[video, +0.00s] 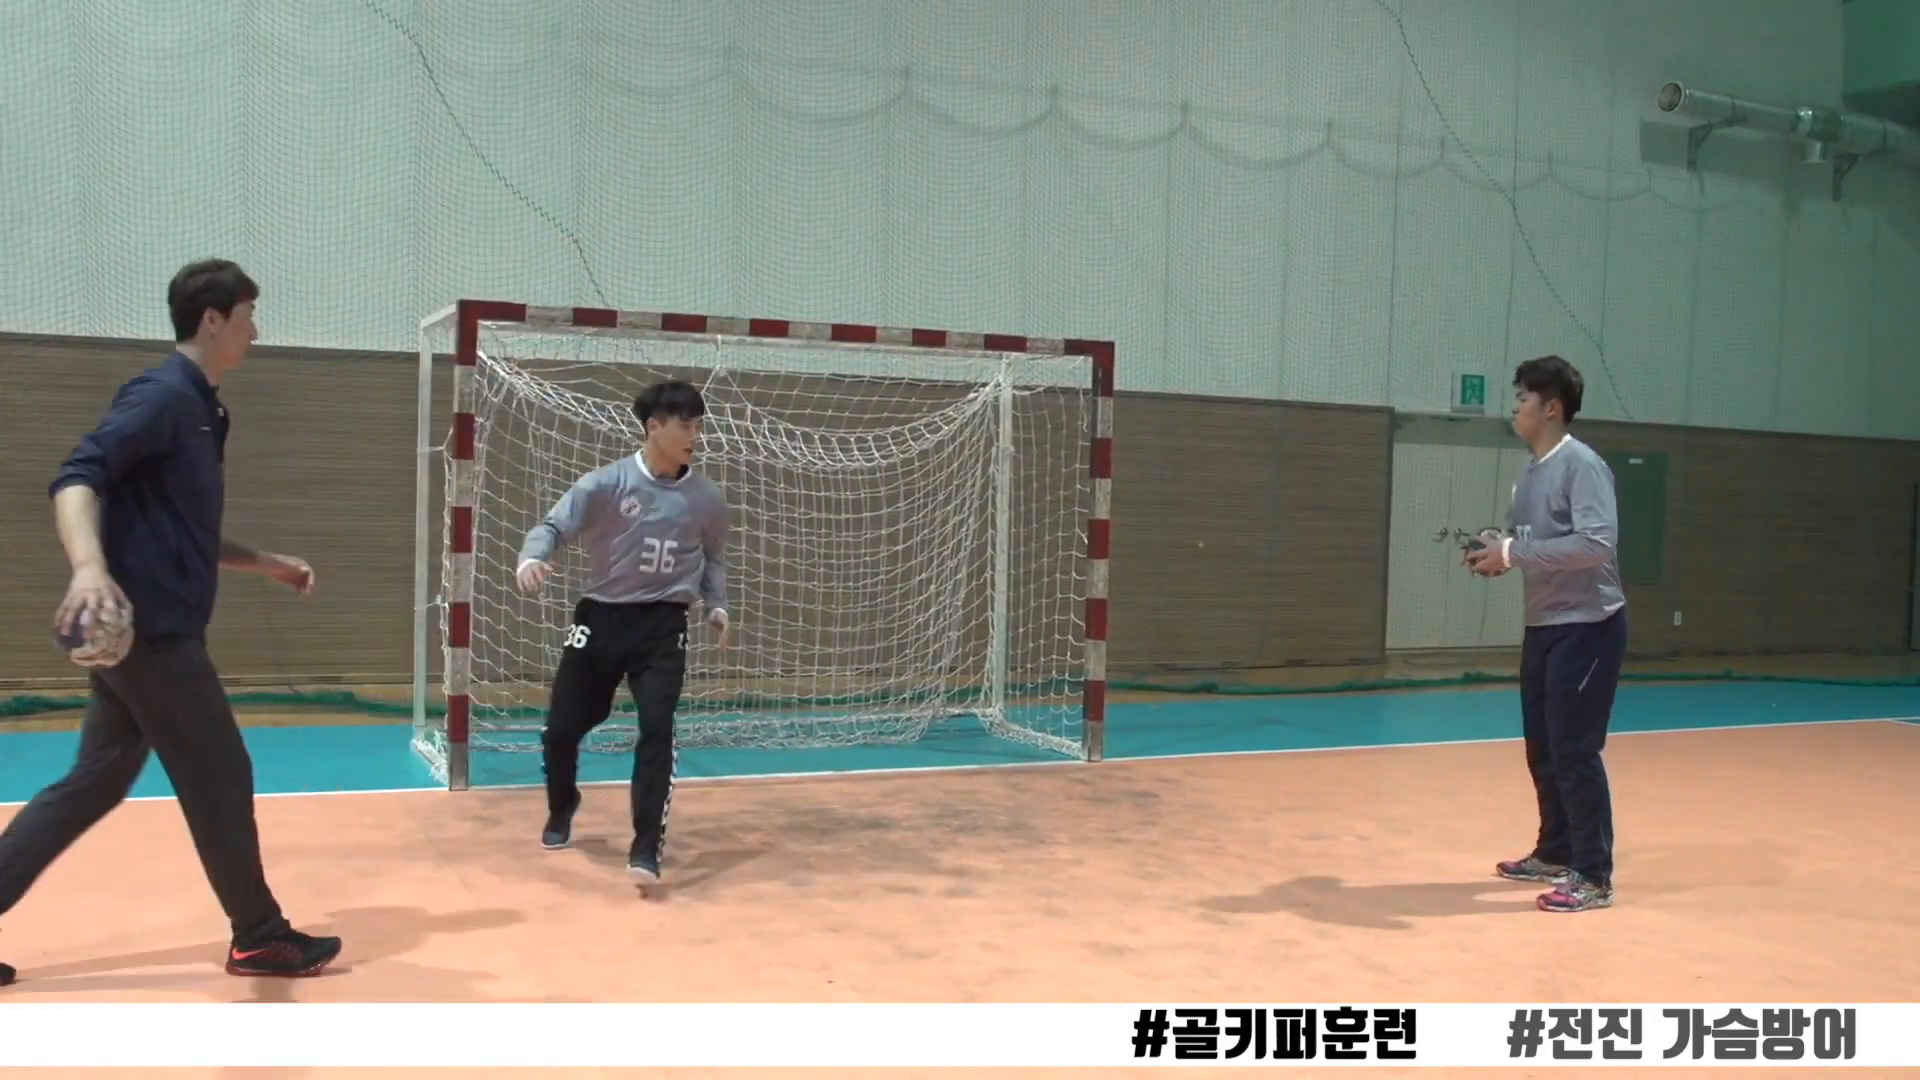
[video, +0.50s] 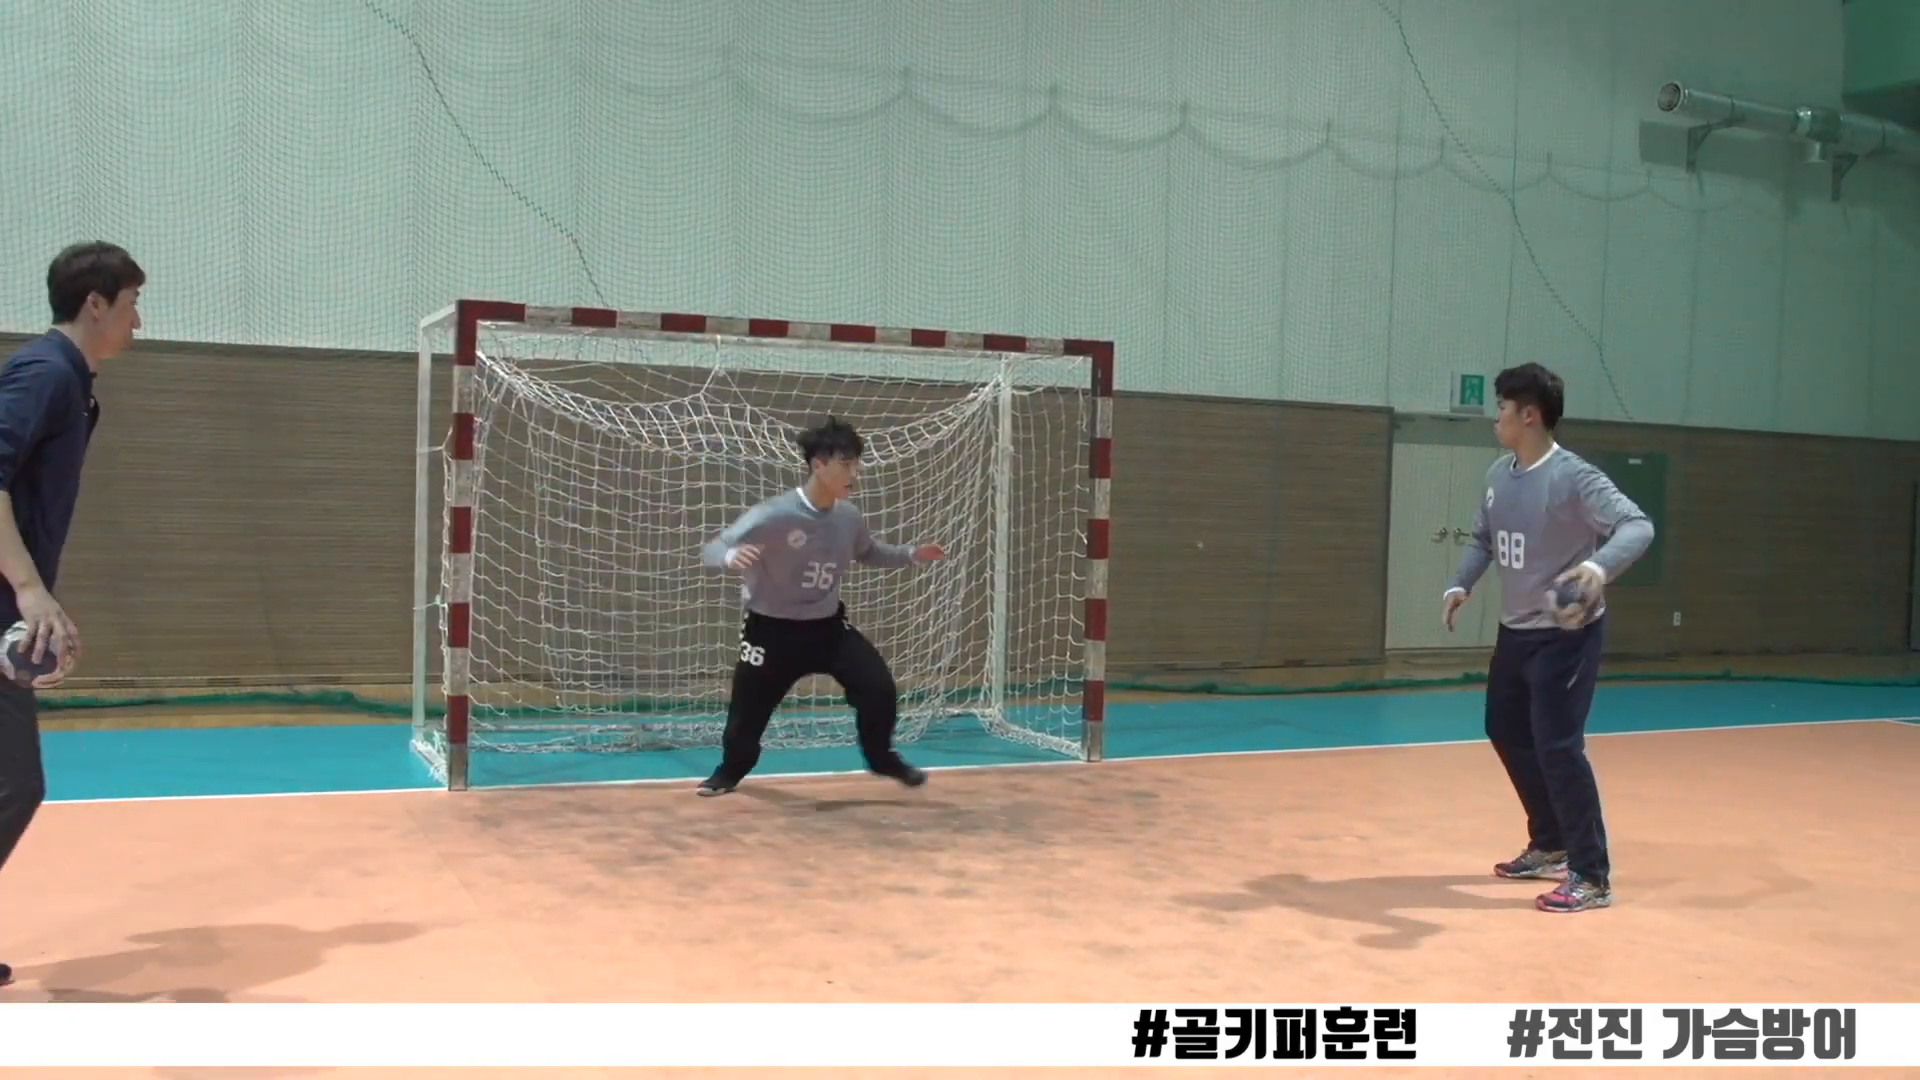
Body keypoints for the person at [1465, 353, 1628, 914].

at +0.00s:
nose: (1515, 407)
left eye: (1525, 398)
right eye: (1517, 398)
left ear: (1555, 406)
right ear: (1541, 407)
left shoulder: (1584, 464)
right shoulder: (1531, 473)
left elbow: (1597, 547)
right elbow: (1535, 545)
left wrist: (1515, 553)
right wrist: (1500, 551)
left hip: (1588, 627)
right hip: (1544, 627)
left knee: (1574, 749)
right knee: (1542, 747)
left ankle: (1594, 877)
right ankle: (1556, 853)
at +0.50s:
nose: (1495, 416)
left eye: (1502, 408)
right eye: (1497, 407)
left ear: (1530, 415)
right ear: (1522, 415)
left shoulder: (1573, 474)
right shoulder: (1501, 475)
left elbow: (1637, 526)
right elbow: (1483, 541)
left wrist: (1600, 566)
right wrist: (1460, 585)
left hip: (1566, 635)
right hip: (1516, 634)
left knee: (1557, 745)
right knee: (1507, 732)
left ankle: (1591, 877)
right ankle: (1550, 843)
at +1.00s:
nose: (1435, 435)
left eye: (1440, 428)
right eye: (1438, 427)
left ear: (1455, 432)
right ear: (1474, 436)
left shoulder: (1456, 471)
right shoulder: (1487, 483)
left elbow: (1393, 437)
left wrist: (1381, 379)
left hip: (1484, 631)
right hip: (1478, 630)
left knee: (1508, 747)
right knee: (1432, 721)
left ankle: (1573, 863)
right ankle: (1427, 831)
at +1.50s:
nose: (1410, 430)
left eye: (1413, 422)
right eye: (1413, 423)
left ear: (1425, 423)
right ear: (1457, 433)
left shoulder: (1407, 455)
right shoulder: (1476, 483)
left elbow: (1330, 474)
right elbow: (1503, 560)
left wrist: (1318, 439)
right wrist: (1520, 630)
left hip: (1440, 591)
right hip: (1484, 598)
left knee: (1451, 713)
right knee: (1441, 713)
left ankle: (1498, 827)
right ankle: (1428, 830)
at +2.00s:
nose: (1450, 421)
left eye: (1453, 413)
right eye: (1453, 413)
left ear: (1465, 414)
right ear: (1493, 419)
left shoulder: (1469, 463)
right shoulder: (1514, 475)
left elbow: (1457, 528)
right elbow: (1537, 552)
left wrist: (1399, 560)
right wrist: (1558, 621)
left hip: (1481, 614)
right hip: (1502, 613)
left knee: (1475, 736)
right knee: (1450, 727)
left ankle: (1522, 861)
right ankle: (1430, 829)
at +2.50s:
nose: (1512, 407)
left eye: (1519, 399)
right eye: (1516, 398)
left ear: (1538, 403)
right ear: (1548, 405)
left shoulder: (1550, 453)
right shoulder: (1543, 455)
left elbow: (1577, 531)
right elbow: (1541, 544)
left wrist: (1557, 605)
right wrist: (1507, 602)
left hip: (1535, 616)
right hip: (1545, 615)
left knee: (1521, 741)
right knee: (1564, 738)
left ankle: (1523, 861)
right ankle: (1602, 857)